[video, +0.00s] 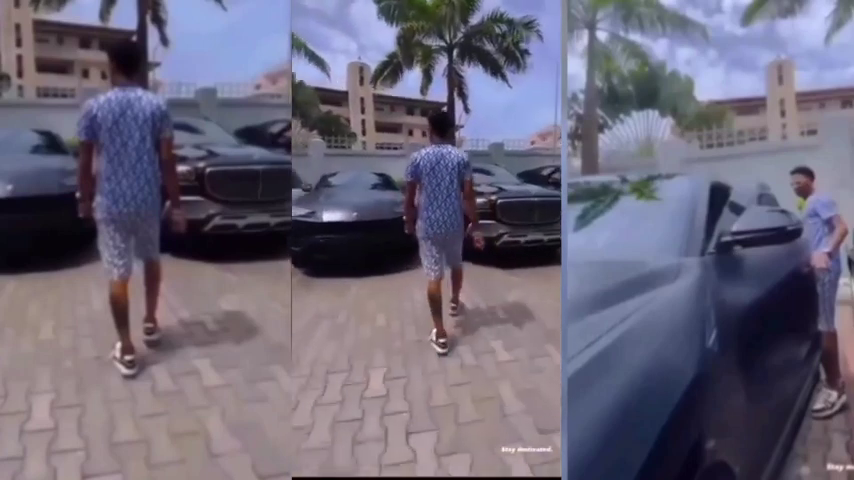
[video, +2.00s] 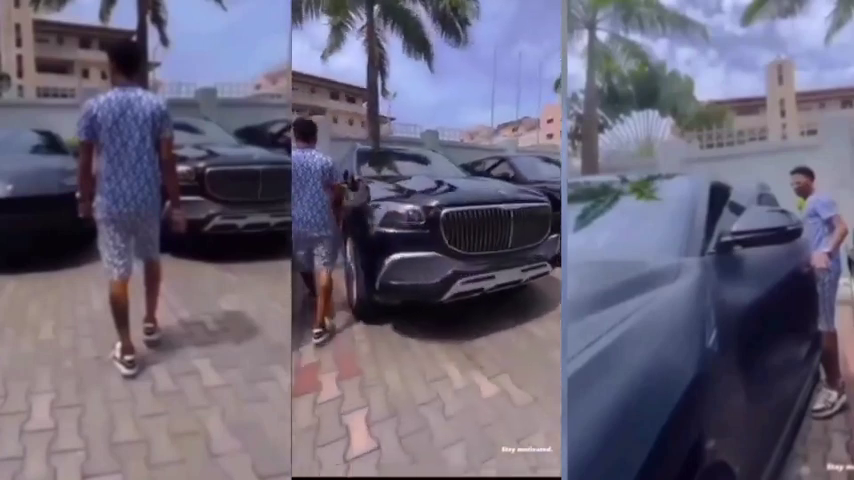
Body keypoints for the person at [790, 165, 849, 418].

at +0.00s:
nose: (796, 188)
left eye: (799, 183)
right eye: (794, 185)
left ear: (811, 181)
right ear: (796, 185)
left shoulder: (821, 201)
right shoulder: (808, 206)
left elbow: (841, 228)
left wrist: (827, 252)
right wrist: (809, 256)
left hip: (825, 269)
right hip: (814, 269)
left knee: (825, 327)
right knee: (821, 327)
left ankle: (835, 388)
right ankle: (831, 385)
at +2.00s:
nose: (796, 188)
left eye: (799, 183)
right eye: (794, 185)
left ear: (811, 181)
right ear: (796, 185)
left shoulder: (821, 201)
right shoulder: (808, 206)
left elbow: (841, 228)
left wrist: (827, 252)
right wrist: (809, 256)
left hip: (825, 269)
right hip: (814, 269)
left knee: (825, 328)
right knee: (821, 327)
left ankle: (835, 388)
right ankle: (831, 385)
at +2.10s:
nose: (796, 188)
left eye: (799, 183)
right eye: (794, 185)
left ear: (811, 181)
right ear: (796, 185)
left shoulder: (821, 201)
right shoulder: (808, 206)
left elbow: (841, 228)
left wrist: (827, 252)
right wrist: (809, 256)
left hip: (825, 269)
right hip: (814, 269)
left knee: (825, 328)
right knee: (821, 327)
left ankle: (835, 388)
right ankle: (831, 385)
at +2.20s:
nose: (796, 188)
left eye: (799, 183)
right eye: (794, 185)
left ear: (811, 181)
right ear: (796, 185)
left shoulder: (821, 201)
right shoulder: (808, 206)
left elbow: (841, 228)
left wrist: (827, 252)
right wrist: (809, 256)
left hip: (825, 269)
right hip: (814, 269)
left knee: (825, 328)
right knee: (821, 327)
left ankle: (835, 388)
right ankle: (831, 385)